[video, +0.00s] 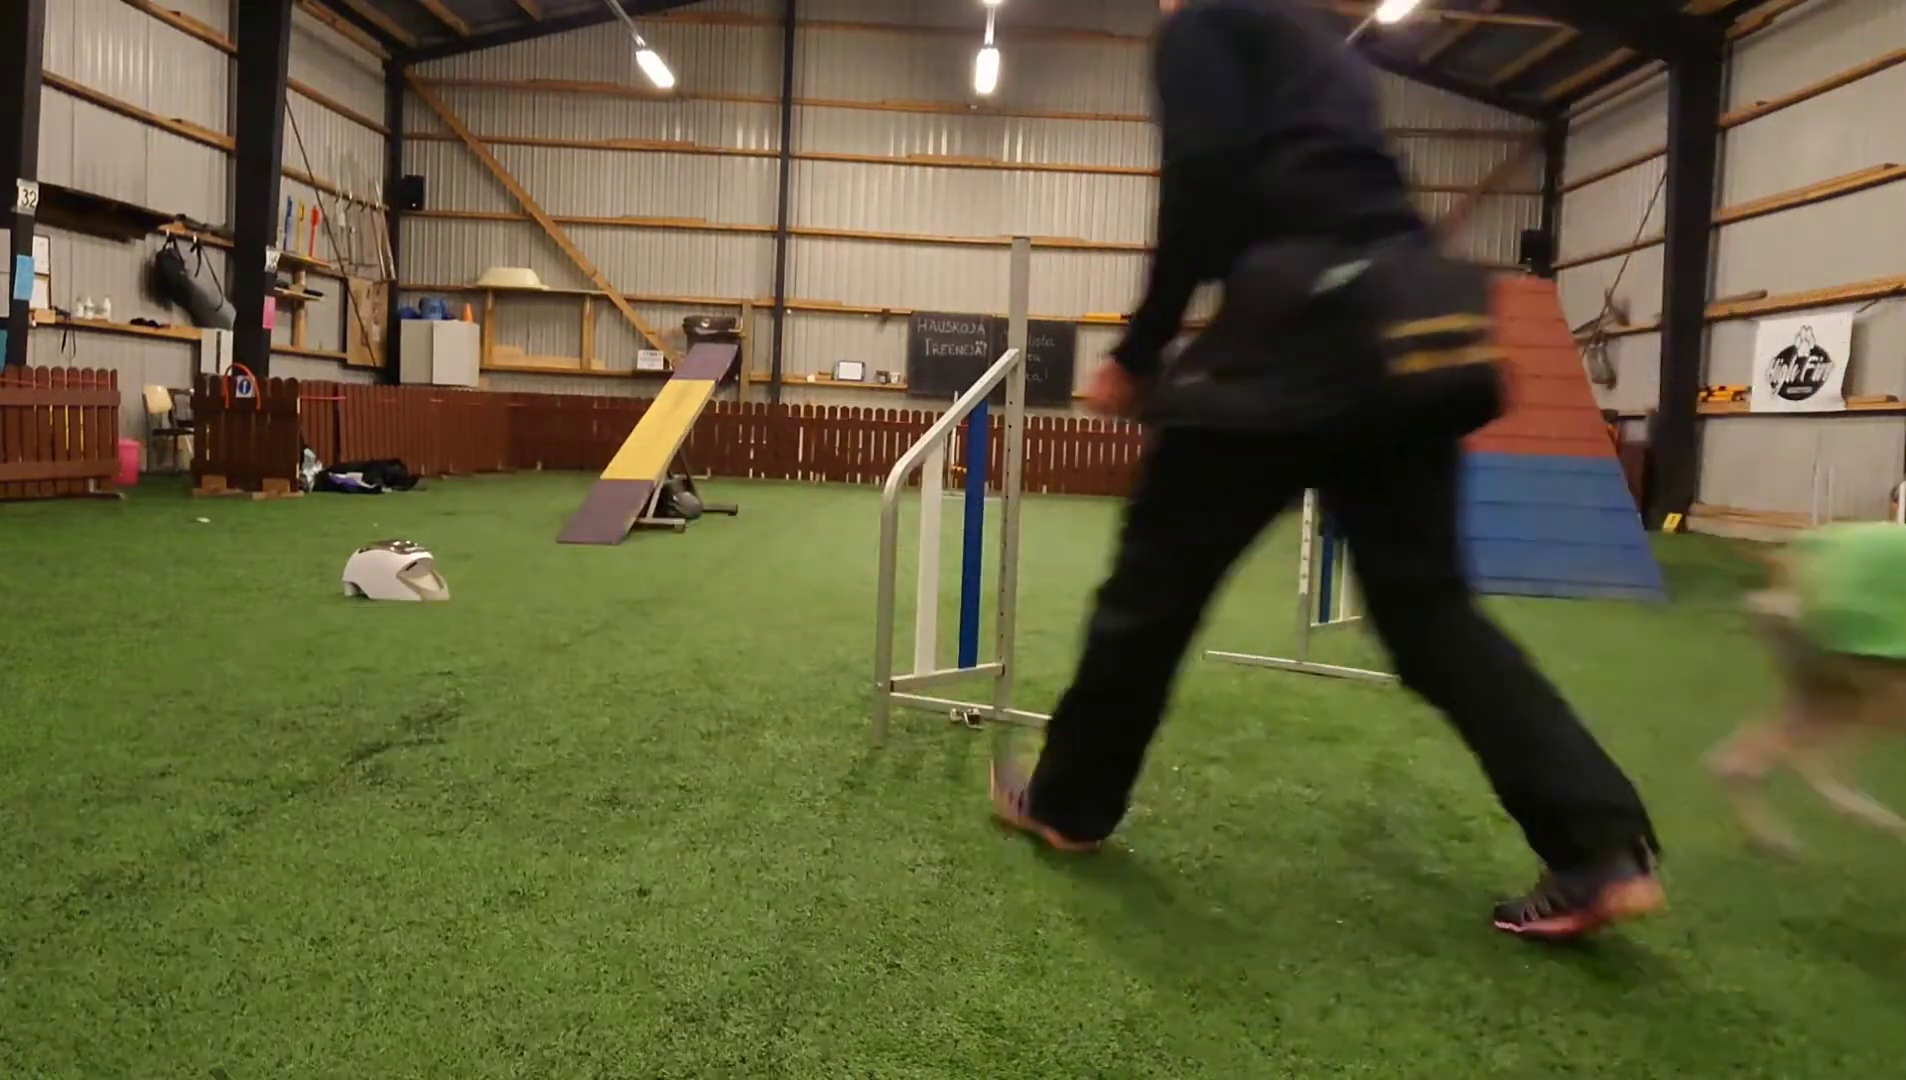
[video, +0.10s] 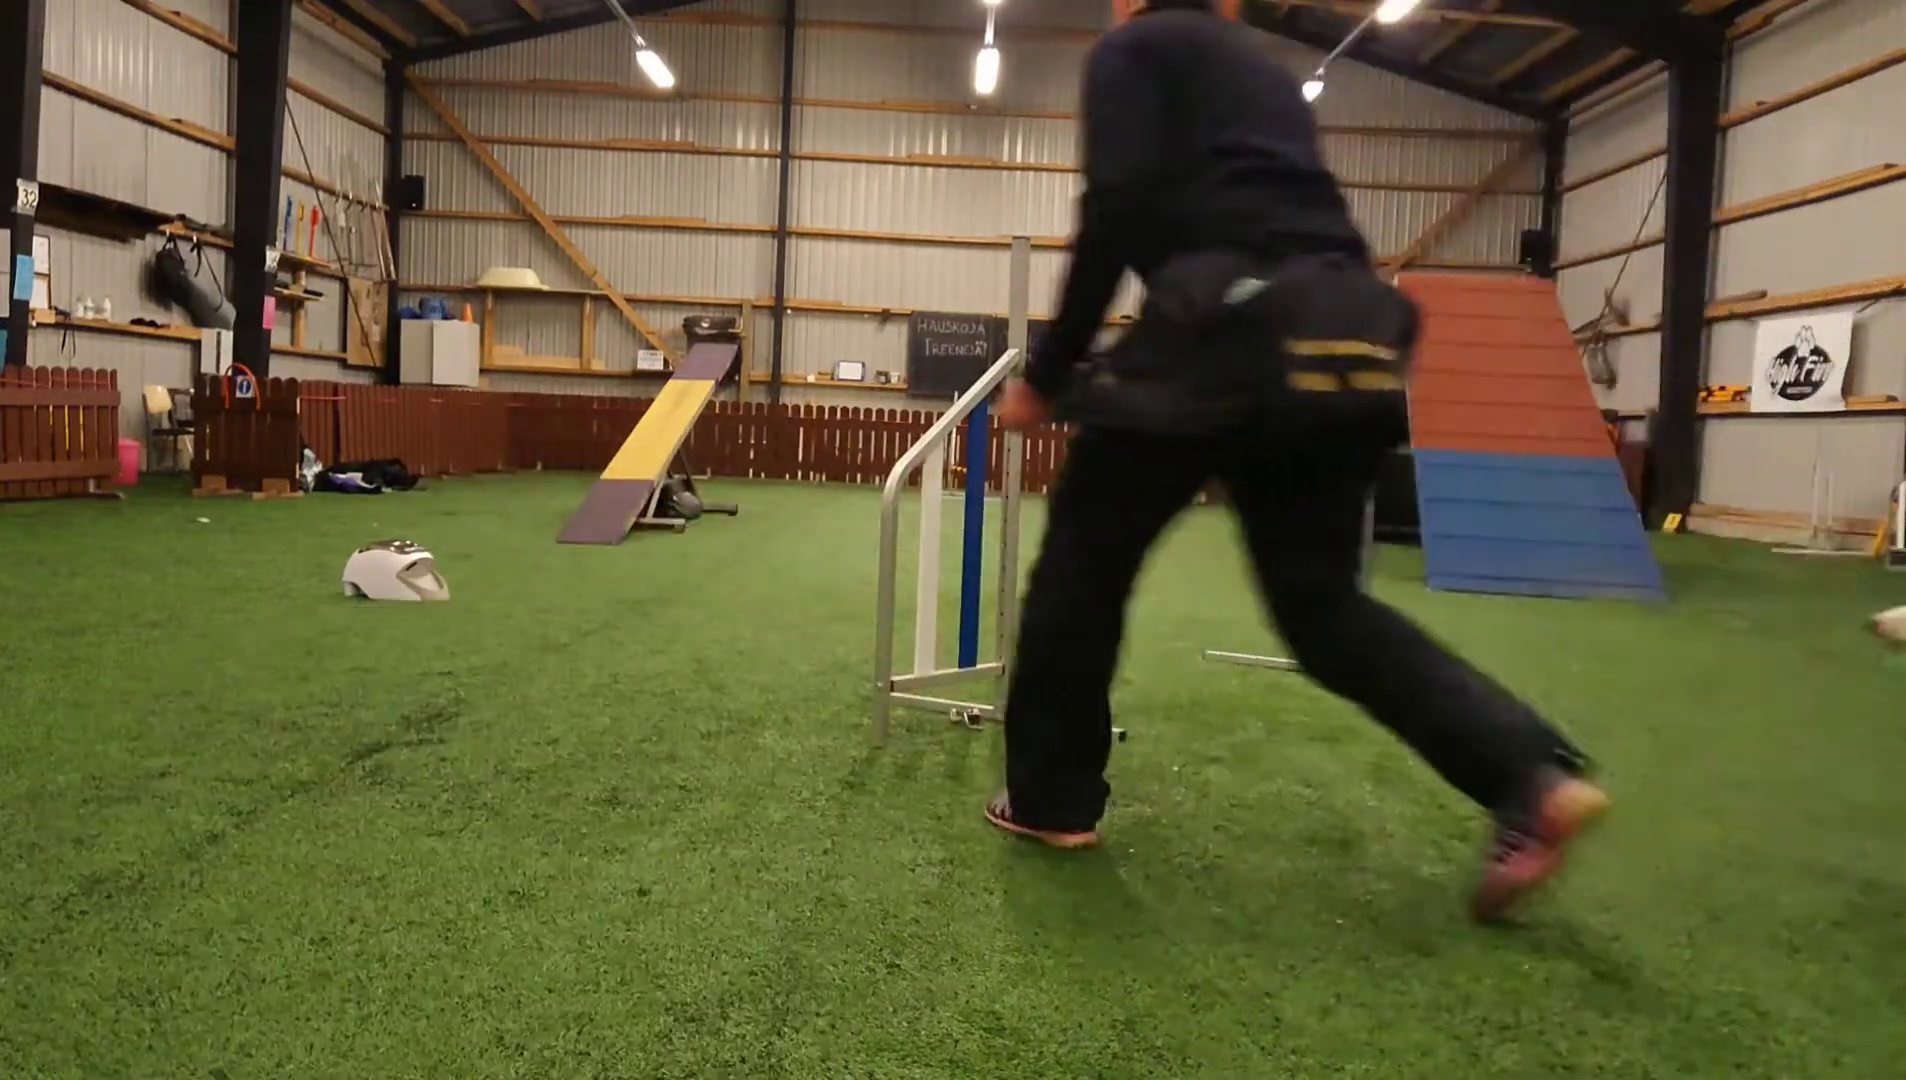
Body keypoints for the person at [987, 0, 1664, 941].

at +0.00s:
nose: (1153, 8)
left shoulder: (1198, 29)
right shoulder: (1326, 45)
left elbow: (1201, 185)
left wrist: (1136, 353)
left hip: (1280, 351)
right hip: (1413, 350)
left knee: (1153, 587)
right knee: (1429, 616)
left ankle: (1070, 804)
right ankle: (1605, 851)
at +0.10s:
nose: (1105, 20)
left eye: (1107, 11)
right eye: (1108, 15)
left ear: (1129, 5)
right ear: (1211, 4)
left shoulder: (1130, 52)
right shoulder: (1266, 67)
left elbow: (1118, 206)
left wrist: (1046, 370)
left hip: (1210, 349)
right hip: (1343, 354)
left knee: (1081, 563)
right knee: (1325, 615)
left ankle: (1053, 799)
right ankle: (1534, 783)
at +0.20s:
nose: (1076, 20)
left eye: (1080, 15)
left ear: (1100, 9)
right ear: (1190, 11)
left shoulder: (1092, 52)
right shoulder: (1242, 77)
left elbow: (1066, 202)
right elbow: (1275, 223)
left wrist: (997, 370)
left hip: (1181, 332)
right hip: (1317, 341)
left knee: (1074, 555)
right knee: (1251, 580)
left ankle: (1054, 797)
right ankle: (1420, 777)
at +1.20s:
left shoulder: (1181, 12)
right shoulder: (1289, 19)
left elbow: (1184, 164)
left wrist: (1092, 302)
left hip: (1193, 317)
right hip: (1293, 321)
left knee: (1103, 548)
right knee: (1254, 563)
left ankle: (1060, 792)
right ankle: (1352, 797)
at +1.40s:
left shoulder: (1291, 19)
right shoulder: (1348, 24)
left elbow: (1316, 155)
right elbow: (1352, 173)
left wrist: (1256, 309)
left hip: (1290, 349)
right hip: (1356, 351)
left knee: (1184, 558)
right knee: (1323, 585)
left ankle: (1109, 791)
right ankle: (1364, 824)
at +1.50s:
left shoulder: (1348, 16)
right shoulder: (1384, 20)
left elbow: (1370, 140)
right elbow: (1395, 145)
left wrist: (1322, 295)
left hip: (1342, 316)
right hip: (1394, 320)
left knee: (1227, 535)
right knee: (1353, 571)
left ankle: (1192, 813)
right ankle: (1367, 827)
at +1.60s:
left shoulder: (1383, 19)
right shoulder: (1423, 25)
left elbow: (1413, 128)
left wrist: (1371, 287)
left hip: (1379, 311)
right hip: (1429, 317)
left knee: (1283, 557)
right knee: (1385, 572)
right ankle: (1378, 828)